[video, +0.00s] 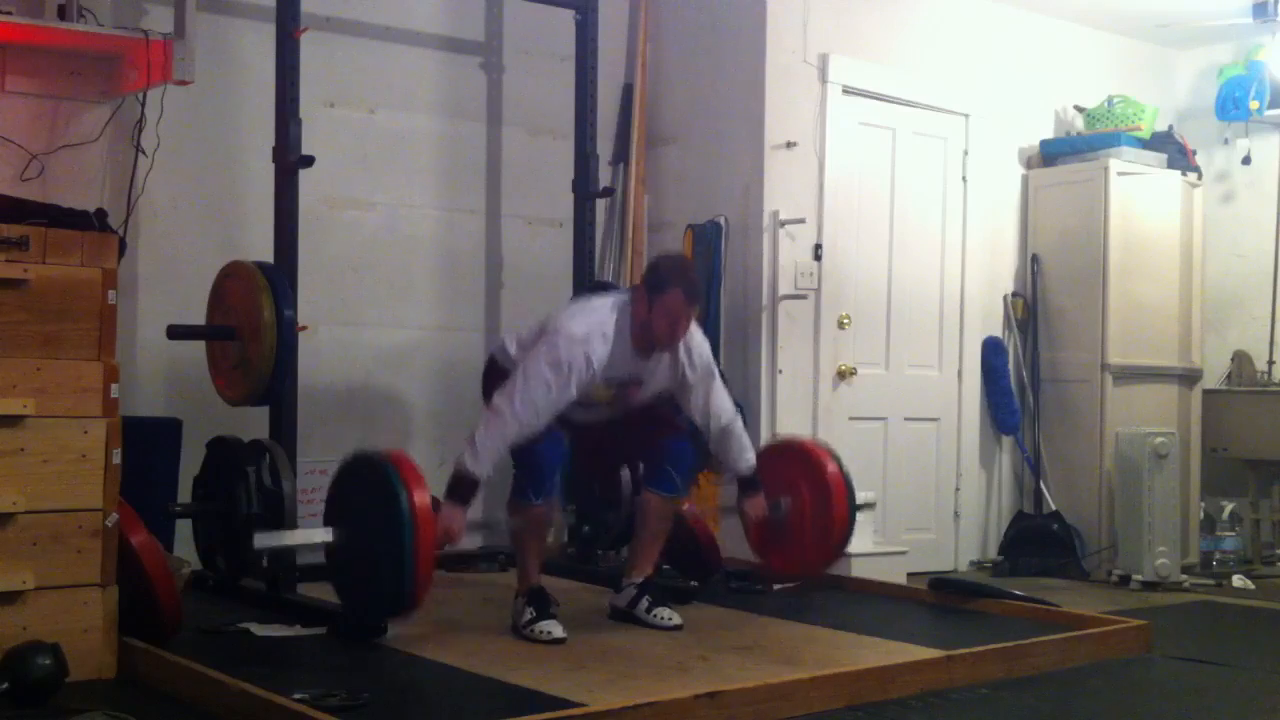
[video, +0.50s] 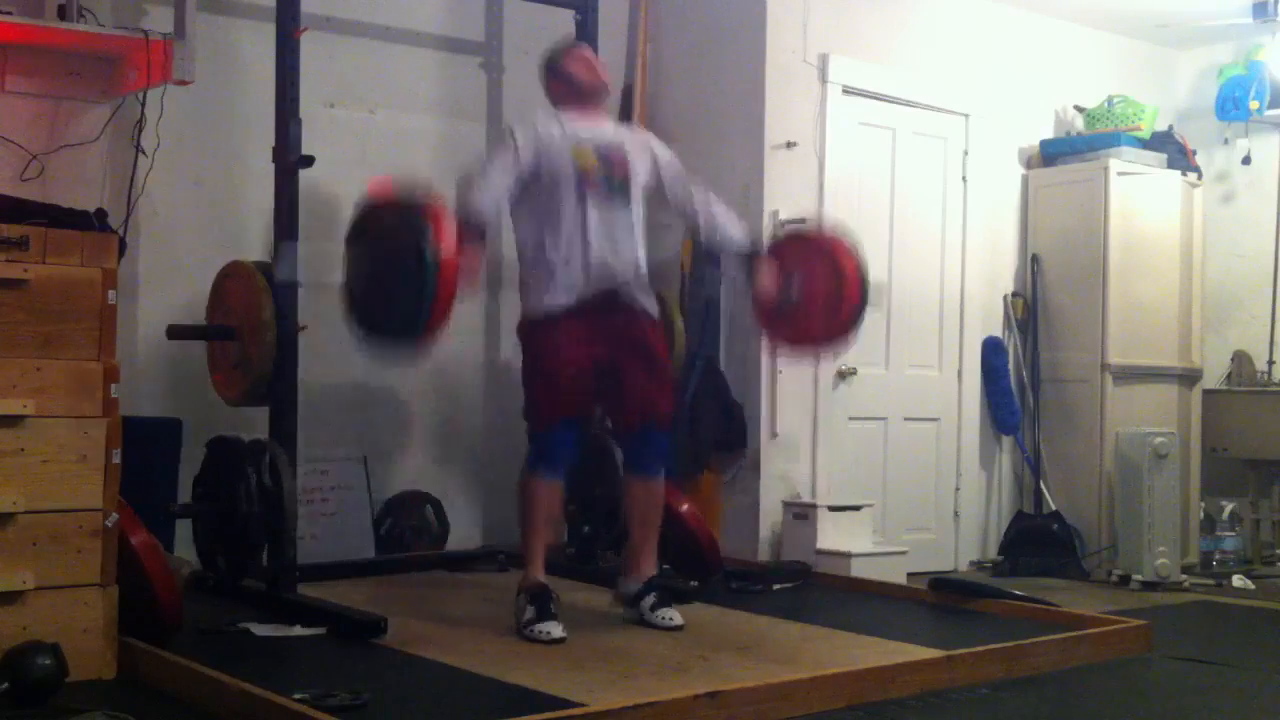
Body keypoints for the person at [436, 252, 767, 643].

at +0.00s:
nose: (679, 332)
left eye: (686, 321)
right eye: (670, 318)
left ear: (694, 314)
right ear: (642, 303)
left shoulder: (687, 343)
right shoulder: (582, 335)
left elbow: (719, 413)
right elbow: (512, 409)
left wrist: (751, 484)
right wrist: (459, 496)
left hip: (608, 399)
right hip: (531, 389)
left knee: (675, 452)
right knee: (543, 454)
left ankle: (634, 588)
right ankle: (529, 596)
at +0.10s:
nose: (678, 303)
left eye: (687, 293)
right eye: (670, 290)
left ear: (694, 287)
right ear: (642, 276)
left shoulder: (689, 319)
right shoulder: (582, 306)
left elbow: (718, 386)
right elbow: (514, 375)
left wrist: (749, 456)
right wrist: (457, 462)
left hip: (608, 378)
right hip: (531, 366)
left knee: (664, 448)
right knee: (538, 444)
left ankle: (633, 589)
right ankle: (529, 596)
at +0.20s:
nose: (681, 233)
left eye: (688, 221)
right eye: (672, 219)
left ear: (694, 221)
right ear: (645, 215)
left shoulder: (690, 263)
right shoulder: (583, 256)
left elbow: (714, 329)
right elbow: (512, 320)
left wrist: (743, 398)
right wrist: (457, 394)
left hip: (612, 359)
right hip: (538, 354)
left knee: (640, 446)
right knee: (542, 441)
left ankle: (631, 589)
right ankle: (529, 595)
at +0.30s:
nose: (661, 173)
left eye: (671, 162)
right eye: (651, 160)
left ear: (683, 171)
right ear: (628, 166)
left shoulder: (684, 228)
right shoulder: (581, 217)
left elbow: (711, 300)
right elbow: (508, 285)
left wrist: (741, 370)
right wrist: (454, 364)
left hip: (619, 352)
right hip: (543, 346)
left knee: (649, 450)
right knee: (557, 446)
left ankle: (631, 590)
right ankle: (533, 595)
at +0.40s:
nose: (625, 104)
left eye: (627, 94)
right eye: (610, 94)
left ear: (634, 106)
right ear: (583, 109)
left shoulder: (654, 178)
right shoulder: (549, 173)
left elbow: (702, 243)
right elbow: (495, 232)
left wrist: (748, 304)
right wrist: (465, 296)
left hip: (627, 337)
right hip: (552, 336)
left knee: (657, 451)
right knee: (570, 447)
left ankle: (631, 591)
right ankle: (535, 595)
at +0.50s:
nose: (589, 63)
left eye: (592, 58)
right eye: (575, 59)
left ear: (606, 81)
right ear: (553, 82)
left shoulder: (641, 143)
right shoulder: (536, 135)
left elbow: (697, 203)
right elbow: (482, 194)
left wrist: (754, 250)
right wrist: (474, 234)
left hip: (632, 308)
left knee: (650, 440)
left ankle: (641, 582)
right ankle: (534, 589)